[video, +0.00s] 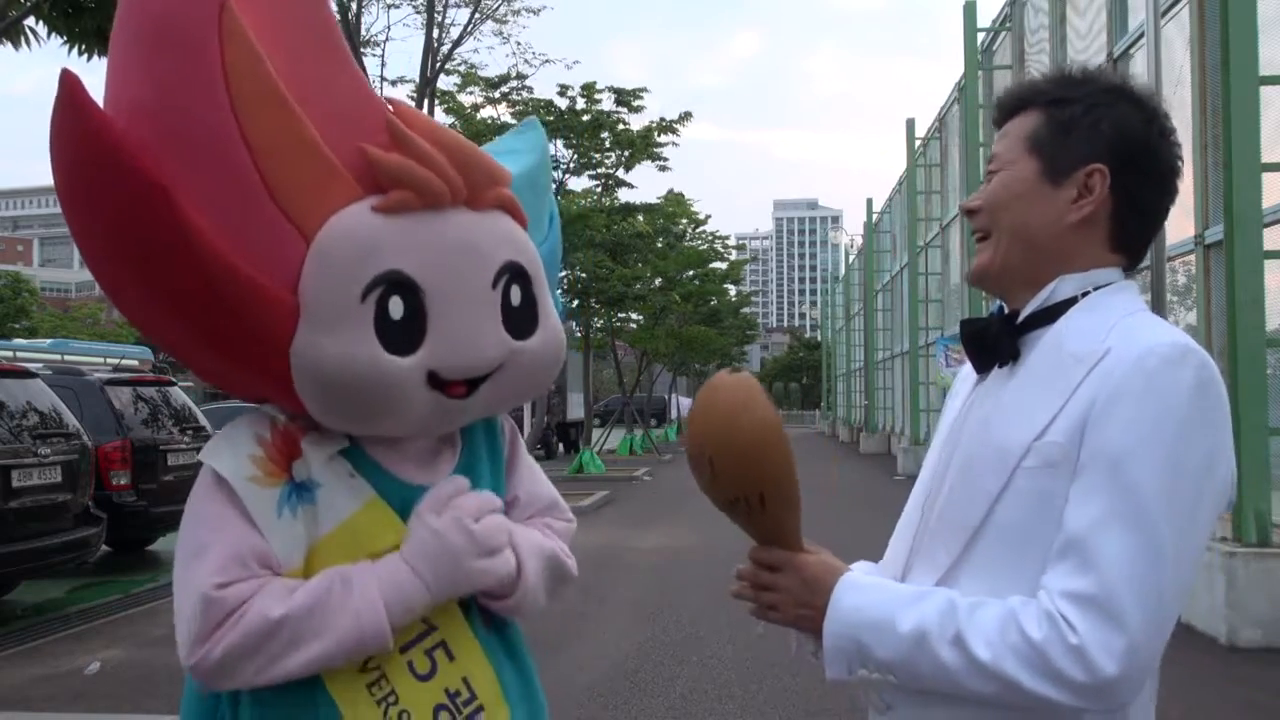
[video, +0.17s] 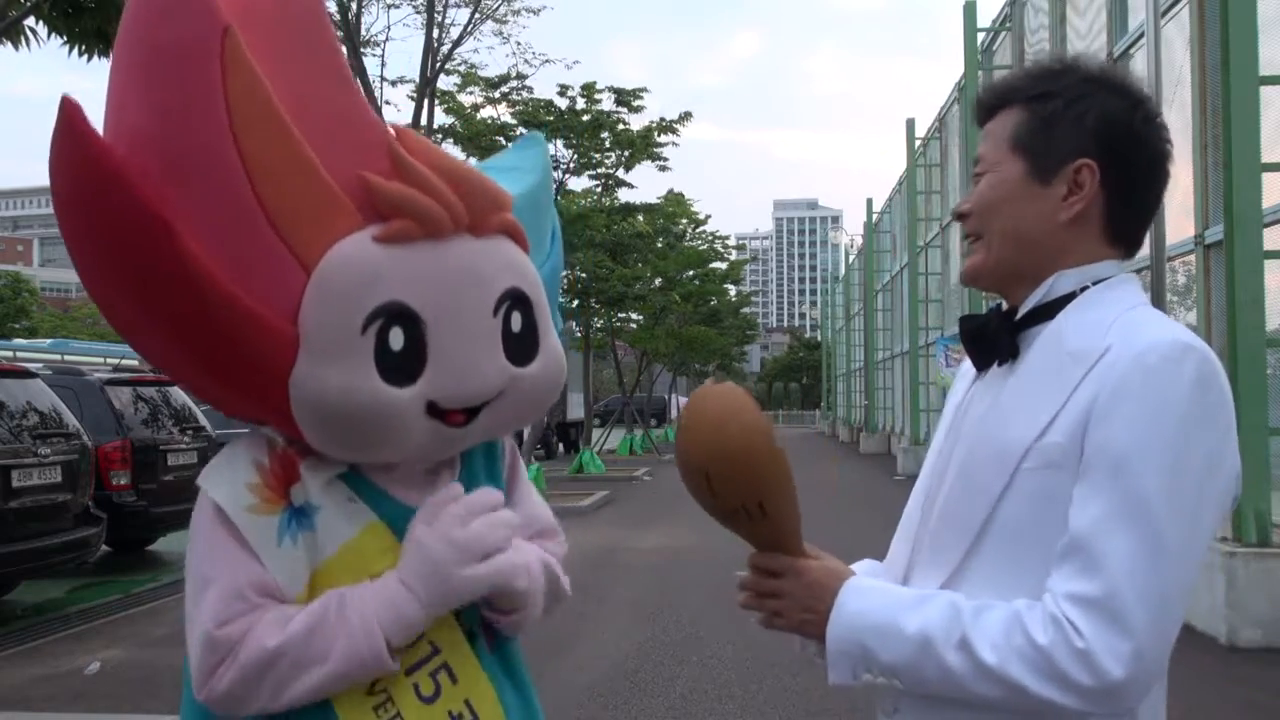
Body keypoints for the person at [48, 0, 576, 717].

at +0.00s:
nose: (467, 353)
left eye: (509, 300)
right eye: (399, 310)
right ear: (295, 312)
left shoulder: (491, 438)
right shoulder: (245, 465)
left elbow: (556, 541)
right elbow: (218, 638)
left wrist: (506, 558)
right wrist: (415, 574)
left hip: (491, 705)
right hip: (308, 712)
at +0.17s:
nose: (466, 389)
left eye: (511, 325)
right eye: (398, 344)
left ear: (535, 318)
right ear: (295, 340)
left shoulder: (484, 457)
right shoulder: (242, 493)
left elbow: (547, 553)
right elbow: (227, 668)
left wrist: (516, 576)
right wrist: (410, 594)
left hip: (492, 707)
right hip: (332, 714)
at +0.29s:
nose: (466, 398)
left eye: (510, 335)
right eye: (395, 356)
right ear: (287, 348)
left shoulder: (487, 470)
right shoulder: (243, 492)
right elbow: (231, 672)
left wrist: (535, 583)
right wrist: (392, 580)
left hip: (491, 707)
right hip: (330, 714)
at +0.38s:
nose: (448, 403)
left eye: (493, 348)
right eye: (386, 365)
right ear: (280, 358)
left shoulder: (488, 473)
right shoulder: (249, 483)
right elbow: (235, 663)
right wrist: (366, 541)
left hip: (496, 711)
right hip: (320, 716)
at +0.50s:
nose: (439, 375)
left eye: (477, 332)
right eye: (383, 343)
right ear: (279, 349)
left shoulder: (492, 468)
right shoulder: (249, 479)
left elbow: (555, 595)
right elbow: (239, 662)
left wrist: (552, 473)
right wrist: (344, 516)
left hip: (499, 709)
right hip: (312, 714)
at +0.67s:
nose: (446, 384)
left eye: (486, 337)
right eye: (381, 349)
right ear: (277, 351)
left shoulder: (488, 469)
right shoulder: (245, 477)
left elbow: (545, 593)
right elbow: (228, 663)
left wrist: (552, 474)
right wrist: (330, 527)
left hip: (492, 710)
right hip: (306, 716)